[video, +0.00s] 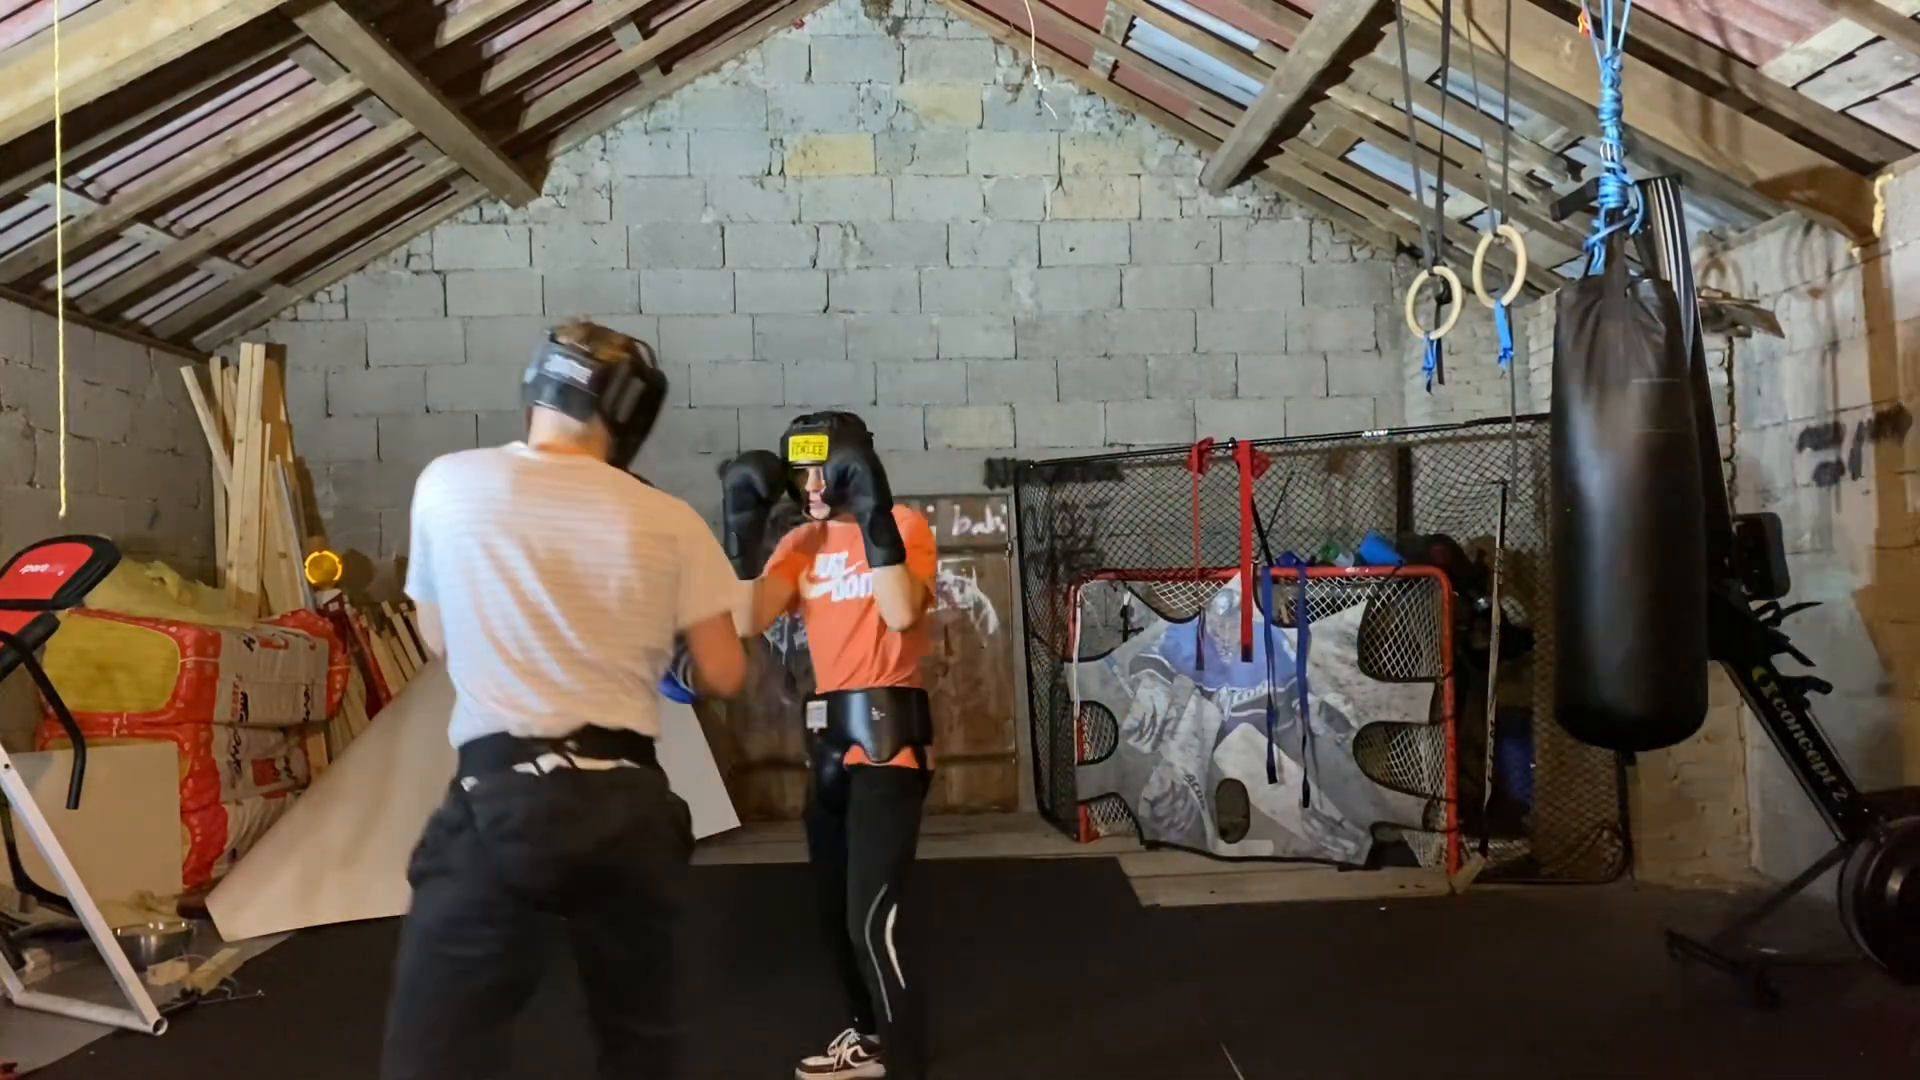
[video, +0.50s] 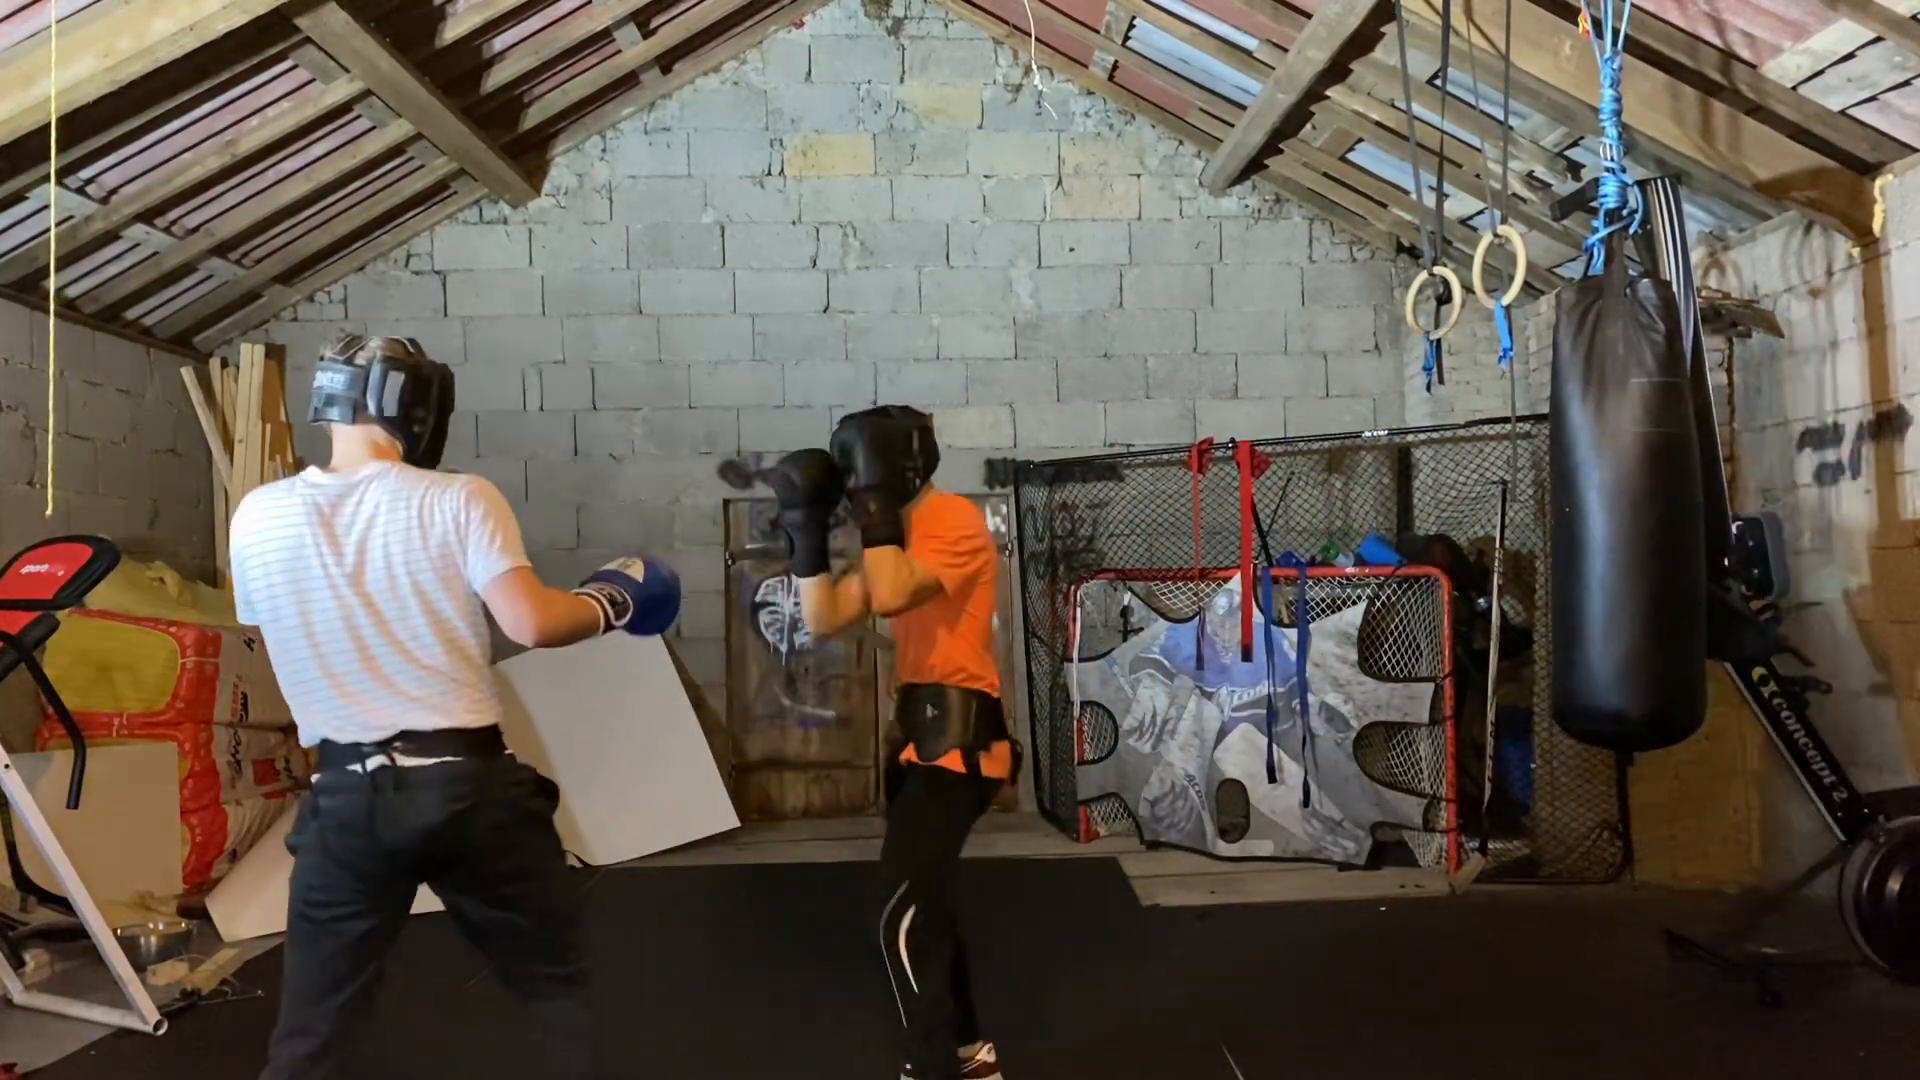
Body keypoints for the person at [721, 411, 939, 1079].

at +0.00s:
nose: (809, 485)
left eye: (820, 470)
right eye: (801, 472)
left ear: (855, 467)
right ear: (795, 479)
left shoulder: (902, 525)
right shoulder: (802, 542)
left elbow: (901, 613)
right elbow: (748, 622)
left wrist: (873, 515)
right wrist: (744, 538)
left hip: (888, 732)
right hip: (828, 735)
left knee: (872, 918)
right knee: (837, 905)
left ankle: (905, 1062)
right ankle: (868, 1033)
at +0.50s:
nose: (860, 487)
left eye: (865, 474)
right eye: (857, 477)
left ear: (896, 466)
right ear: (904, 464)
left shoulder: (955, 519)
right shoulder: (898, 538)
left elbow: (890, 593)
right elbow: (824, 616)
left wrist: (873, 498)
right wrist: (806, 522)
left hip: (961, 736)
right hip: (922, 735)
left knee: (901, 916)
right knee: (926, 902)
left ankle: (931, 1067)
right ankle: (966, 1047)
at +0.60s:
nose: (871, 485)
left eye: (874, 471)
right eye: (868, 474)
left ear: (903, 467)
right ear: (919, 465)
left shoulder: (966, 521)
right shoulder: (923, 533)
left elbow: (882, 597)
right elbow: (849, 616)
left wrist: (871, 494)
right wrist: (819, 520)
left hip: (971, 755)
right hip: (945, 752)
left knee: (930, 923)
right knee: (961, 911)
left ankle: (940, 1066)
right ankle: (975, 1052)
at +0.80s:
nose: (914, 463)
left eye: (917, 450)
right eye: (915, 447)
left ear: (943, 451)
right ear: (964, 445)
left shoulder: (1013, 502)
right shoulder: (977, 509)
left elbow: (918, 591)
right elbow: (904, 603)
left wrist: (906, 484)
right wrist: (867, 519)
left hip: (1016, 747)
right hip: (1015, 741)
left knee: (972, 928)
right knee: (1044, 906)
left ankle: (977, 1068)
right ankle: (1138, 1046)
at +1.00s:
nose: (997, 469)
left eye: (1003, 456)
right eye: (998, 454)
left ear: (1028, 460)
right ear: (1058, 455)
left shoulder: (1088, 522)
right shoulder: (1067, 523)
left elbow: (978, 608)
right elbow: (968, 615)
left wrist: (976, 499)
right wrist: (949, 523)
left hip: (1072, 761)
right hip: (1099, 758)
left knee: (984, 928)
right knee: (1153, 927)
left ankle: (974, 1066)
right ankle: (1241, 1061)